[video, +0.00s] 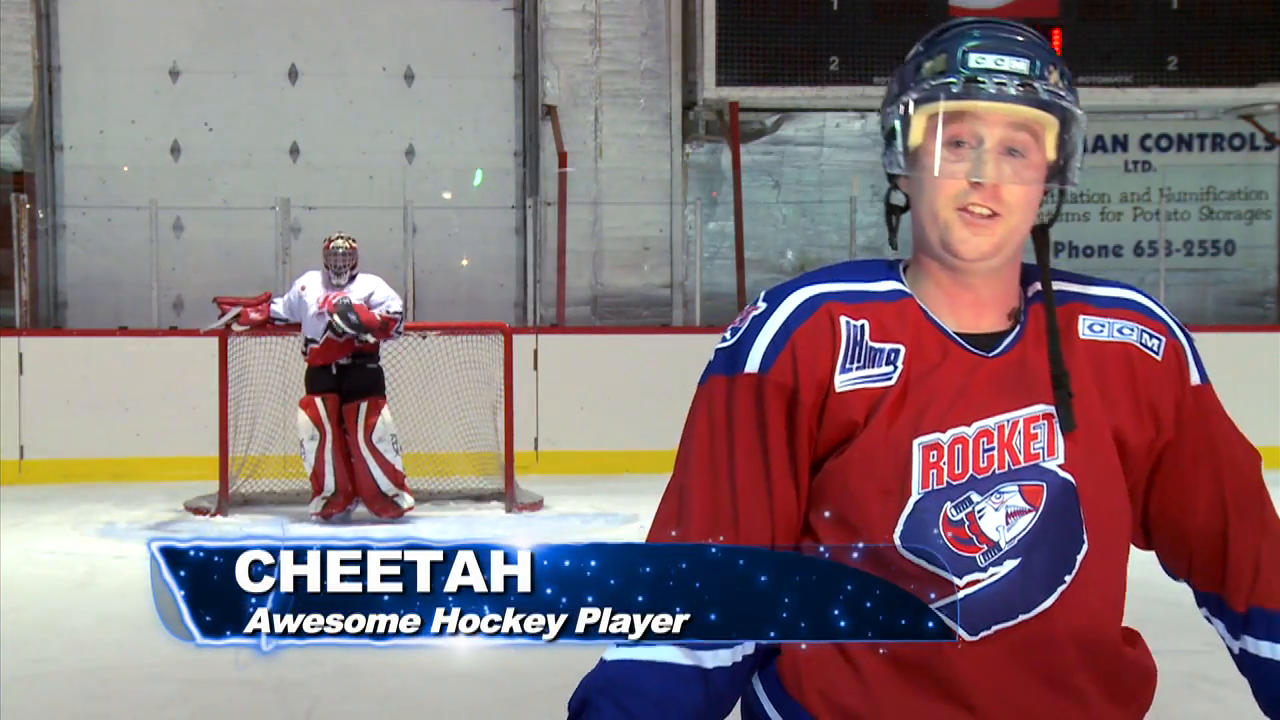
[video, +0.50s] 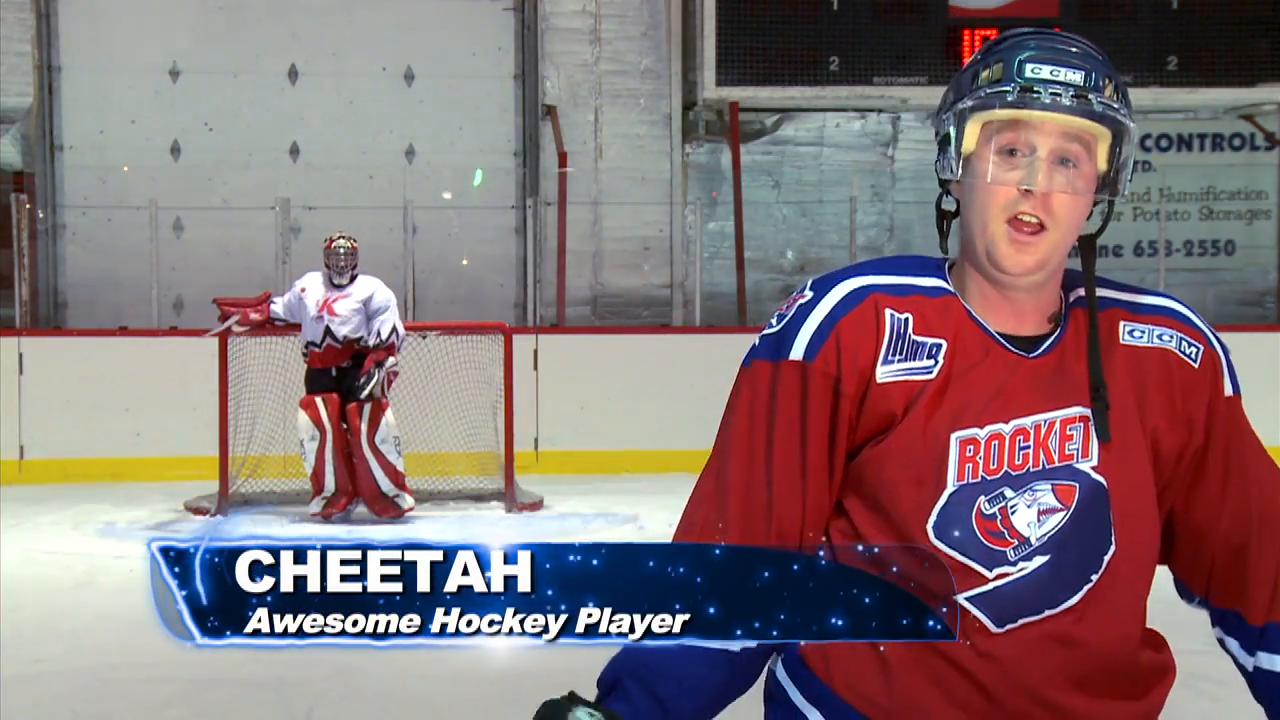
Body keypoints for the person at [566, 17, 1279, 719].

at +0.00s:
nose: (987, 174)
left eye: (1018, 148)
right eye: (957, 140)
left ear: (1050, 178)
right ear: (905, 156)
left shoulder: (1135, 342)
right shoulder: (798, 337)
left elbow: (1258, 583)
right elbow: (696, 602)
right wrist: (633, 715)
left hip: (1082, 704)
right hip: (848, 708)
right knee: (617, 689)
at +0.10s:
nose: (1000, 184)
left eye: (1031, 158)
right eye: (971, 151)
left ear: (1065, 182)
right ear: (920, 167)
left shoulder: (1145, 351)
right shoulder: (808, 342)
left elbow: (1261, 600)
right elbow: (704, 606)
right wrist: (613, 714)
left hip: (1090, 706)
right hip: (856, 710)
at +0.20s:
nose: (1012, 186)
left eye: (1042, 160)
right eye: (985, 153)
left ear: (1076, 182)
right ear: (935, 166)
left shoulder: (1155, 355)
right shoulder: (820, 336)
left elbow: (1255, 612)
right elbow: (716, 591)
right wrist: (625, 709)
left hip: (1094, 706)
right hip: (860, 706)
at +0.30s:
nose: (1023, 183)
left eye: (1054, 158)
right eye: (997, 151)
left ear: (1089, 184)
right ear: (946, 168)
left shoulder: (1165, 356)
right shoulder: (831, 333)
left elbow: (1258, 617)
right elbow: (723, 580)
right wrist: (621, 708)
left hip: (1099, 706)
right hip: (865, 707)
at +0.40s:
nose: (1033, 184)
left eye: (1064, 159)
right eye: (1006, 150)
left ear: (1095, 188)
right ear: (954, 166)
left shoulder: (1167, 356)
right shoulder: (841, 332)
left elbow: (1264, 607)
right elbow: (727, 578)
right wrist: (623, 709)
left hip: (1101, 708)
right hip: (867, 707)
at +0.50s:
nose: (1037, 187)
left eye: (1068, 161)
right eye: (1010, 152)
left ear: (1098, 188)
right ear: (959, 164)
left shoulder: (1169, 352)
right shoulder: (844, 328)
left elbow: (1263, 596)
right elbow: (732, 576)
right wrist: (620, 709)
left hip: (1103, 708)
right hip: (869, 707)